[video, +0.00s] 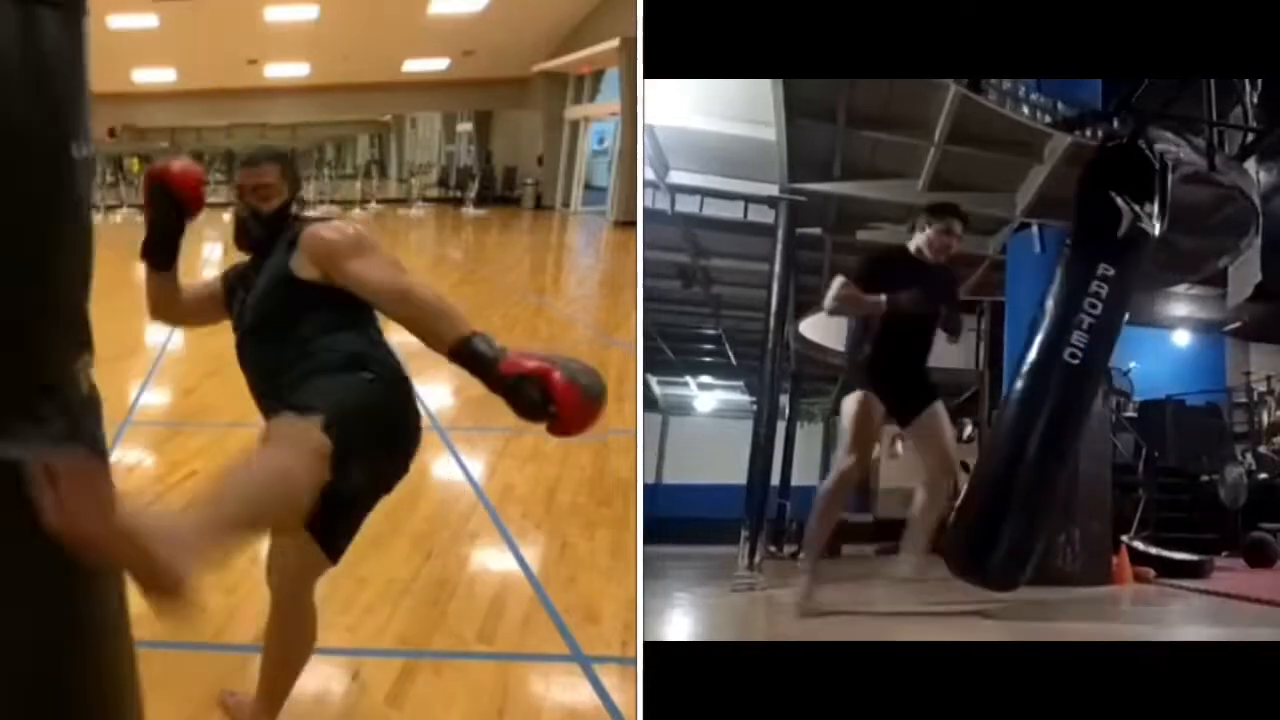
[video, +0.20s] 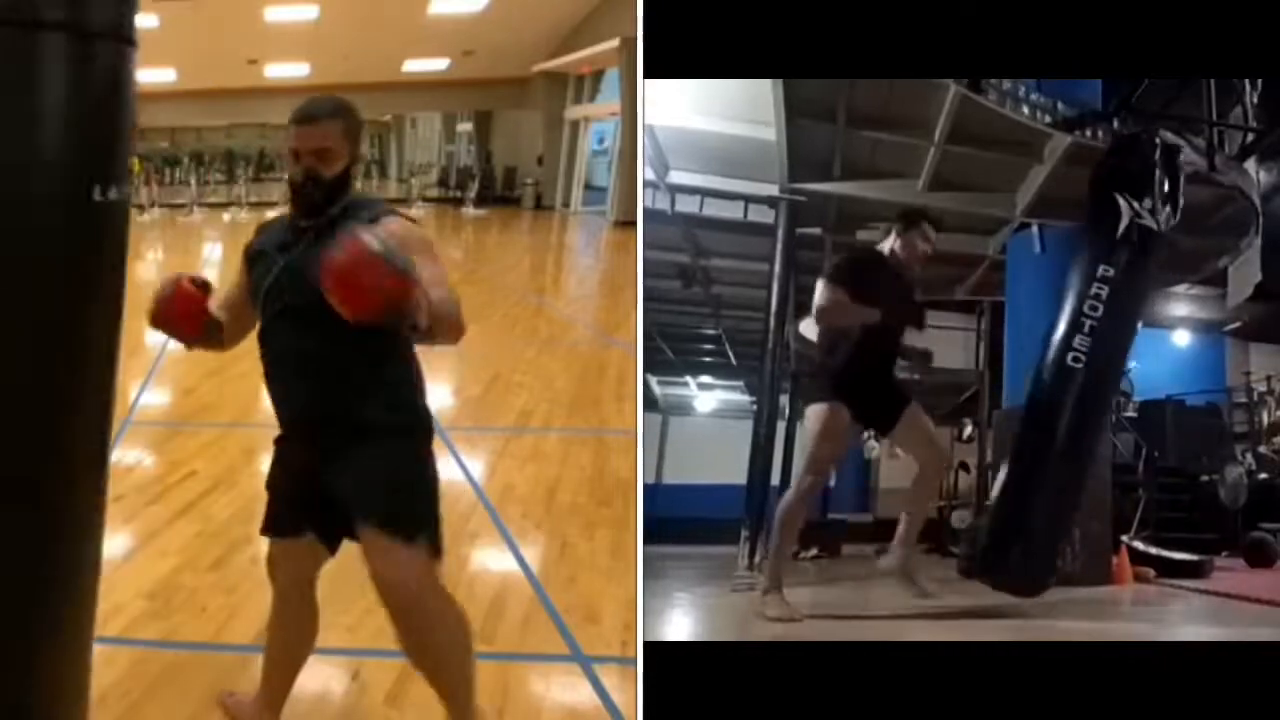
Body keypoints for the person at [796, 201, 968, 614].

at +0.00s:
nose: (949, 243)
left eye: (955, 238)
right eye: (944, 233)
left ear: (957, 243)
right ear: (921, 229)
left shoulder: (944, 279)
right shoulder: (884, 261)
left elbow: (953, 330)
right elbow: (834, 301)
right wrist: (888, 302)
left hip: (913, 382)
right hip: (868, 376)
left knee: (943, 478)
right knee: (852, 463)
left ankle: (908, 569)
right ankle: (806, 569)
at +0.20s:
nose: (925, 254)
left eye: (929, 247)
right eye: (921, 243)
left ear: (919, 249)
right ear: (896, 236)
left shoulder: (904, 285)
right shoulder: (855, 263)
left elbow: (888, 338)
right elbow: (824, 310)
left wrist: (914, 352)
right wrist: (877, 315)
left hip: (878, 386)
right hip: (836, 381)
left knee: (934, 460)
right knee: (811, 479)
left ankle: (901, 554)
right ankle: (771, 588)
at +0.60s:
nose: (913, 245)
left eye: (919, 240)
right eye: (908, 236)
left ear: (924, 248)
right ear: (886, 235)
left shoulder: (916, 283)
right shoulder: (849, 267)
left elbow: (940, 333)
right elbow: (841, 322)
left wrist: (934, 284)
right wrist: (890, 287)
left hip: (884, 390)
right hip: (838, 383)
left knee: (893, 488)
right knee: (810, 470)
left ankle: (904, 584)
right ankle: (776, 587)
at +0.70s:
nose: (922, 252)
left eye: (929, 248)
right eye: (917, 242)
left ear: (931, 254)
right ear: (896, 237)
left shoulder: (919, 289)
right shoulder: (857, 267)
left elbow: (946, 333)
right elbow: (837, 315)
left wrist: (932, 286)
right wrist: (887, 290)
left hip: (885, 387)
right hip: (840, 378)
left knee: (894, 488)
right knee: (814, 463)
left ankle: (904, 583)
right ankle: (781, 578)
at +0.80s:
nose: (921, 251)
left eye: (928, 247)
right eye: (917, 241)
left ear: (931, 252)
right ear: (897, 236)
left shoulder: (917, 288)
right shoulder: (853, 265)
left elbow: (941, 340)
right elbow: (837, 307)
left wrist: (930, 291)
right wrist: (885, 270)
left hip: (891, 396)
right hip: (844, 388)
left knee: (898, 490)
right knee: (813, 471)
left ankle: (904, 584)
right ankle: (782, 578)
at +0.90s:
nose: (916, 251)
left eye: (923, 247)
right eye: (912, 240)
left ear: (925, 254)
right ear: (891, 235)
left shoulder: (913, 288)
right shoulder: (850, 266)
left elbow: (934, 341)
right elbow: (838, 308)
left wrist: (929, 294)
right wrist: (885, 277)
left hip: (890, 395)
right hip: (843, 390)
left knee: (904, 489)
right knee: (812, 480)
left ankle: (905, 584)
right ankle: (780, 583)